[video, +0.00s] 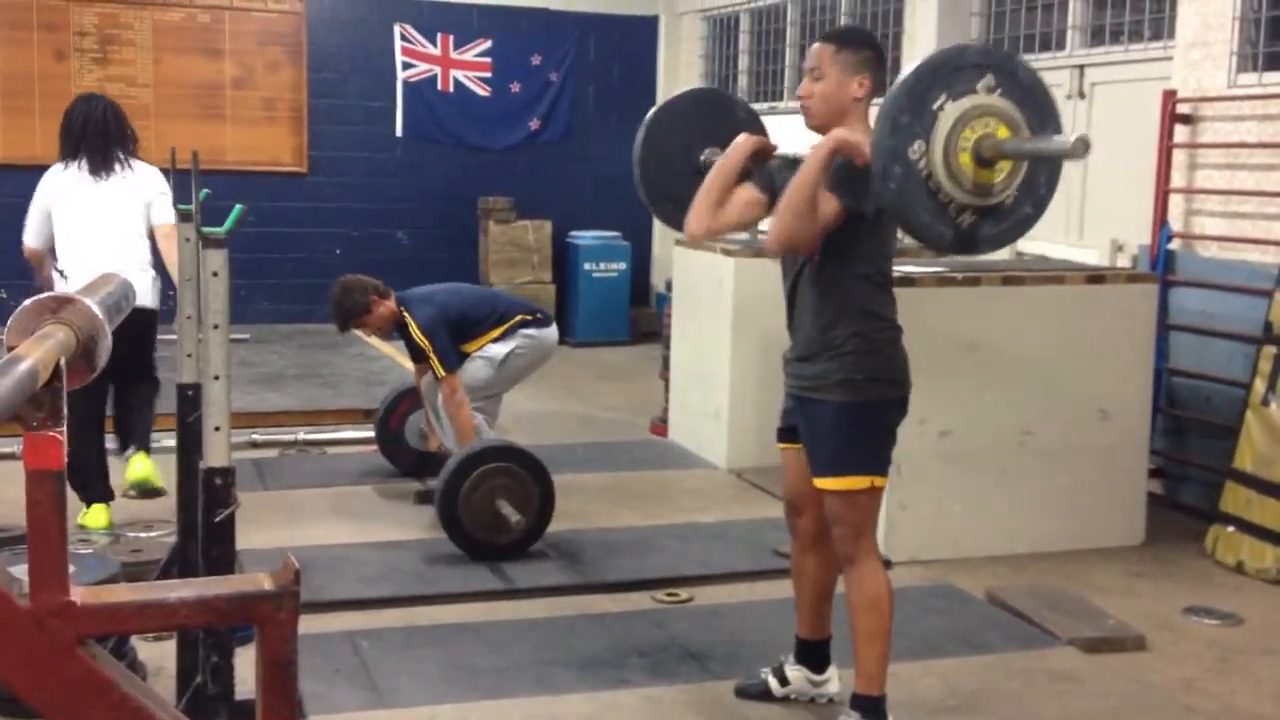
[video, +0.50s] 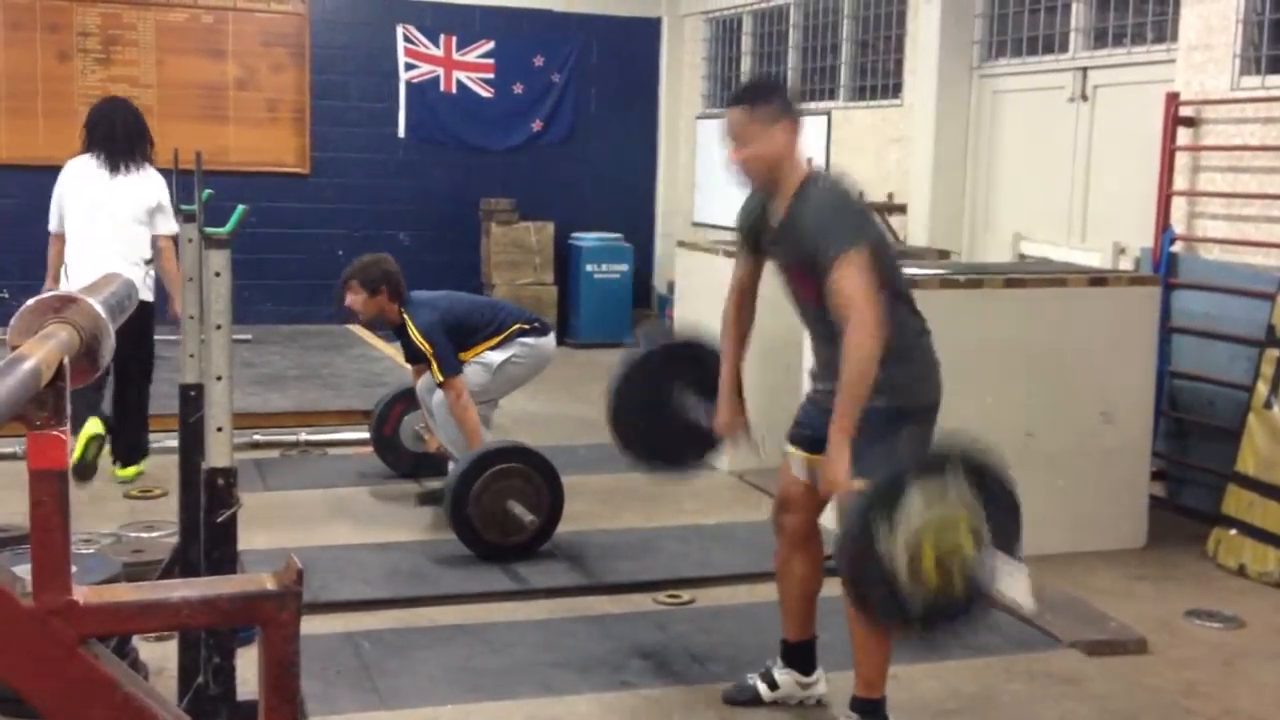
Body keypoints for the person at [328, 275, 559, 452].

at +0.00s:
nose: (369, 333)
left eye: (365, 324)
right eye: (362, 329)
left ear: (377, 303)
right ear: (378, 300)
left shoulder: (421, 317)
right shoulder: (407, 314)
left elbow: (454, 391)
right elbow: (424, 375)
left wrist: (472, 459)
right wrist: (433, 434)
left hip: (529, 334)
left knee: (444, 391)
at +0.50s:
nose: (347, 302)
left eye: (355, 293)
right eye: (347, 293)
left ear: (381, 295)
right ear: (381, 296)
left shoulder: (423, 322)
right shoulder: (403, 320)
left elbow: (458, 394)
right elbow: (421, 375)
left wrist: (483, 460)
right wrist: (436, 431)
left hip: (529, 341)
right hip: (510, 341)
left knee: (446, 401)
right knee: (428, 390)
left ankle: (482, 476)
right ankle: (465, 473)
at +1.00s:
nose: (370, 269)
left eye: (379, 263)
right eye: (373, 261)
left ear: (404, 276)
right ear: (404, 278)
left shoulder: (432, 317)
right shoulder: (413, 312)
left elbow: (458, 392)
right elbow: (425, 371)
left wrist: (480, 463)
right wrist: (436, 429)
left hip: (533, 358)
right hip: (513, 356)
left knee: (444, 401)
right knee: (426, 388)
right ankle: (465, 474)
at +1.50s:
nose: (405, 249)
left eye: (417, 245)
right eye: (411, 243)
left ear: (438, 263)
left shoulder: (456, 310)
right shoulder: (432, 304)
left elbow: (470, 389)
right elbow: (436, 367)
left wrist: (473, 458)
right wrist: (436, 431)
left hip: (539, 372)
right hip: (513, 369)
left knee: (448, 406)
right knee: (429, 387)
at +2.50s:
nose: (398, 243)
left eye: (409, 236)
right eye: (402, 235)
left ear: (433, 251)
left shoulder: (453, 298)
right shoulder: (427, 294)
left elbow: (466, 377)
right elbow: (431, 356)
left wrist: (466, 450)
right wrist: (435, 419)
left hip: (533, 357)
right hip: (504, 354)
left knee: (442, 398)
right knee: (425, 381)